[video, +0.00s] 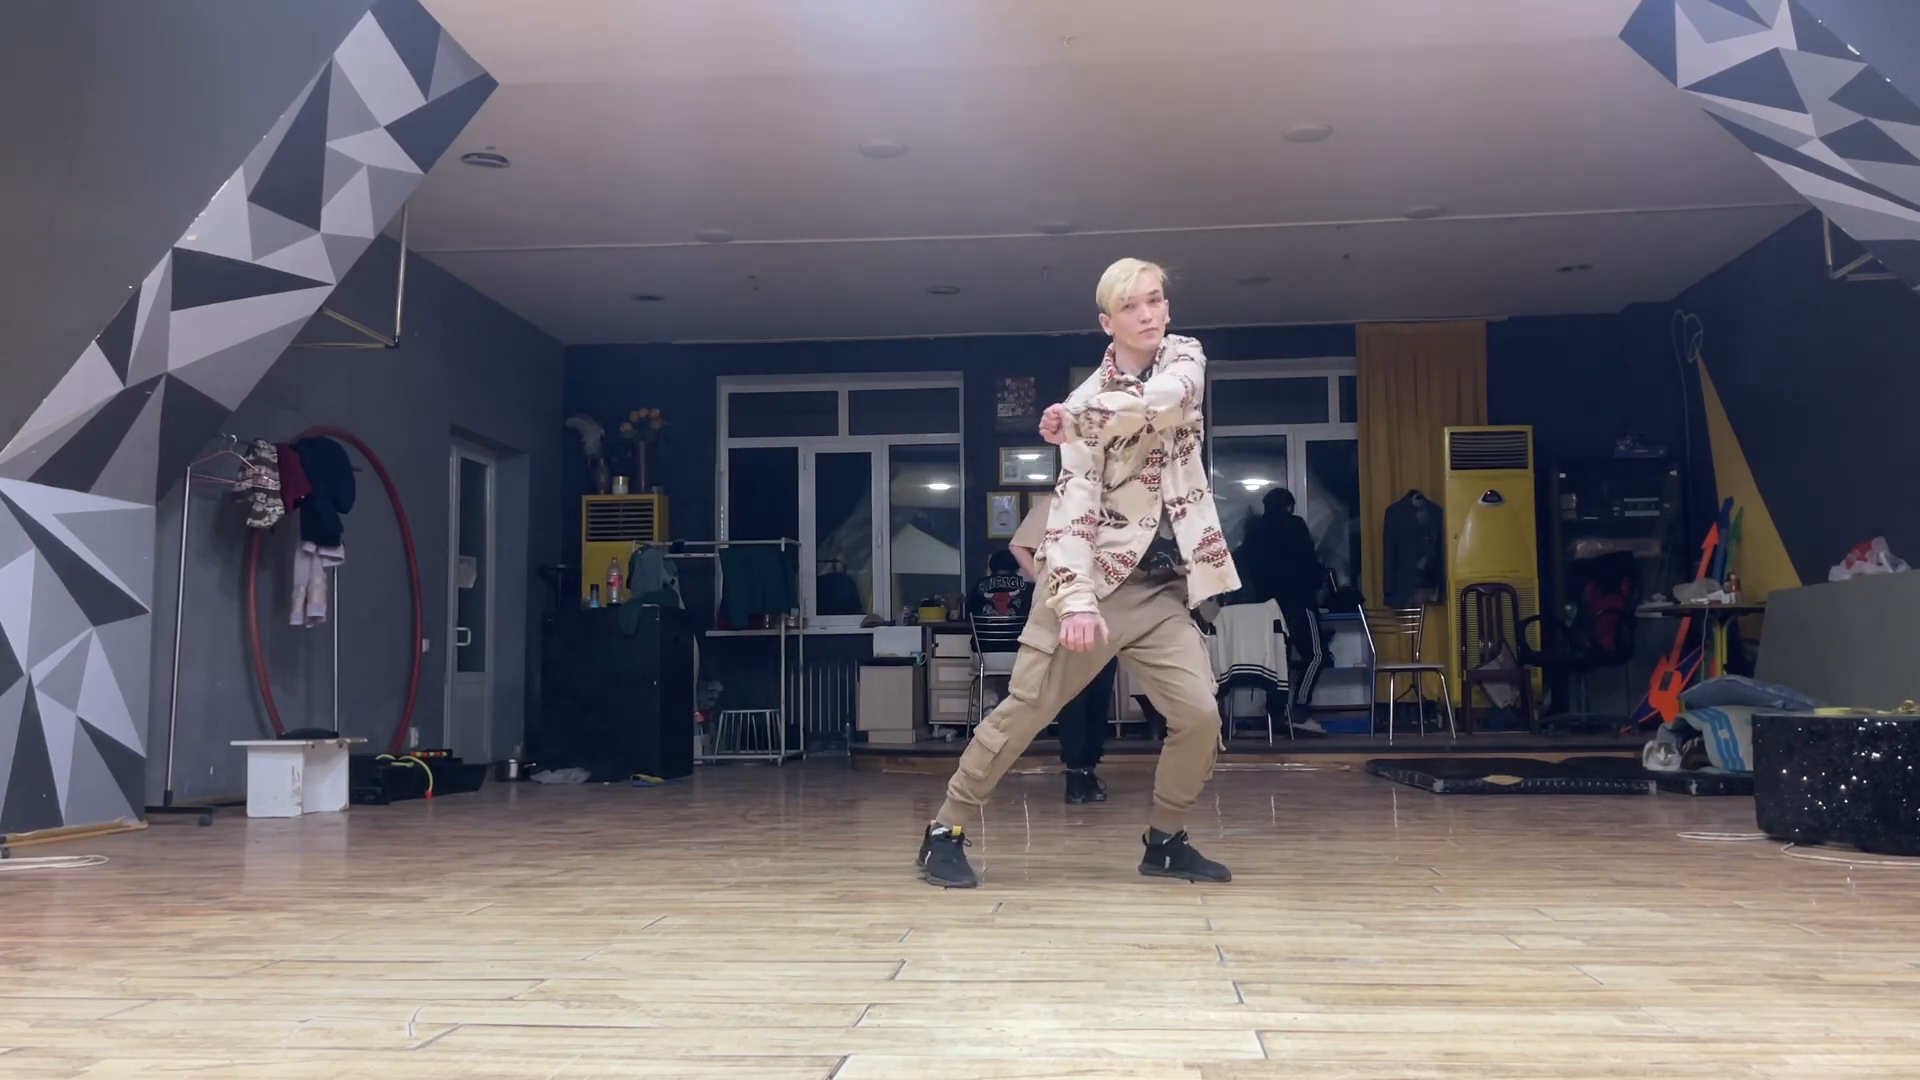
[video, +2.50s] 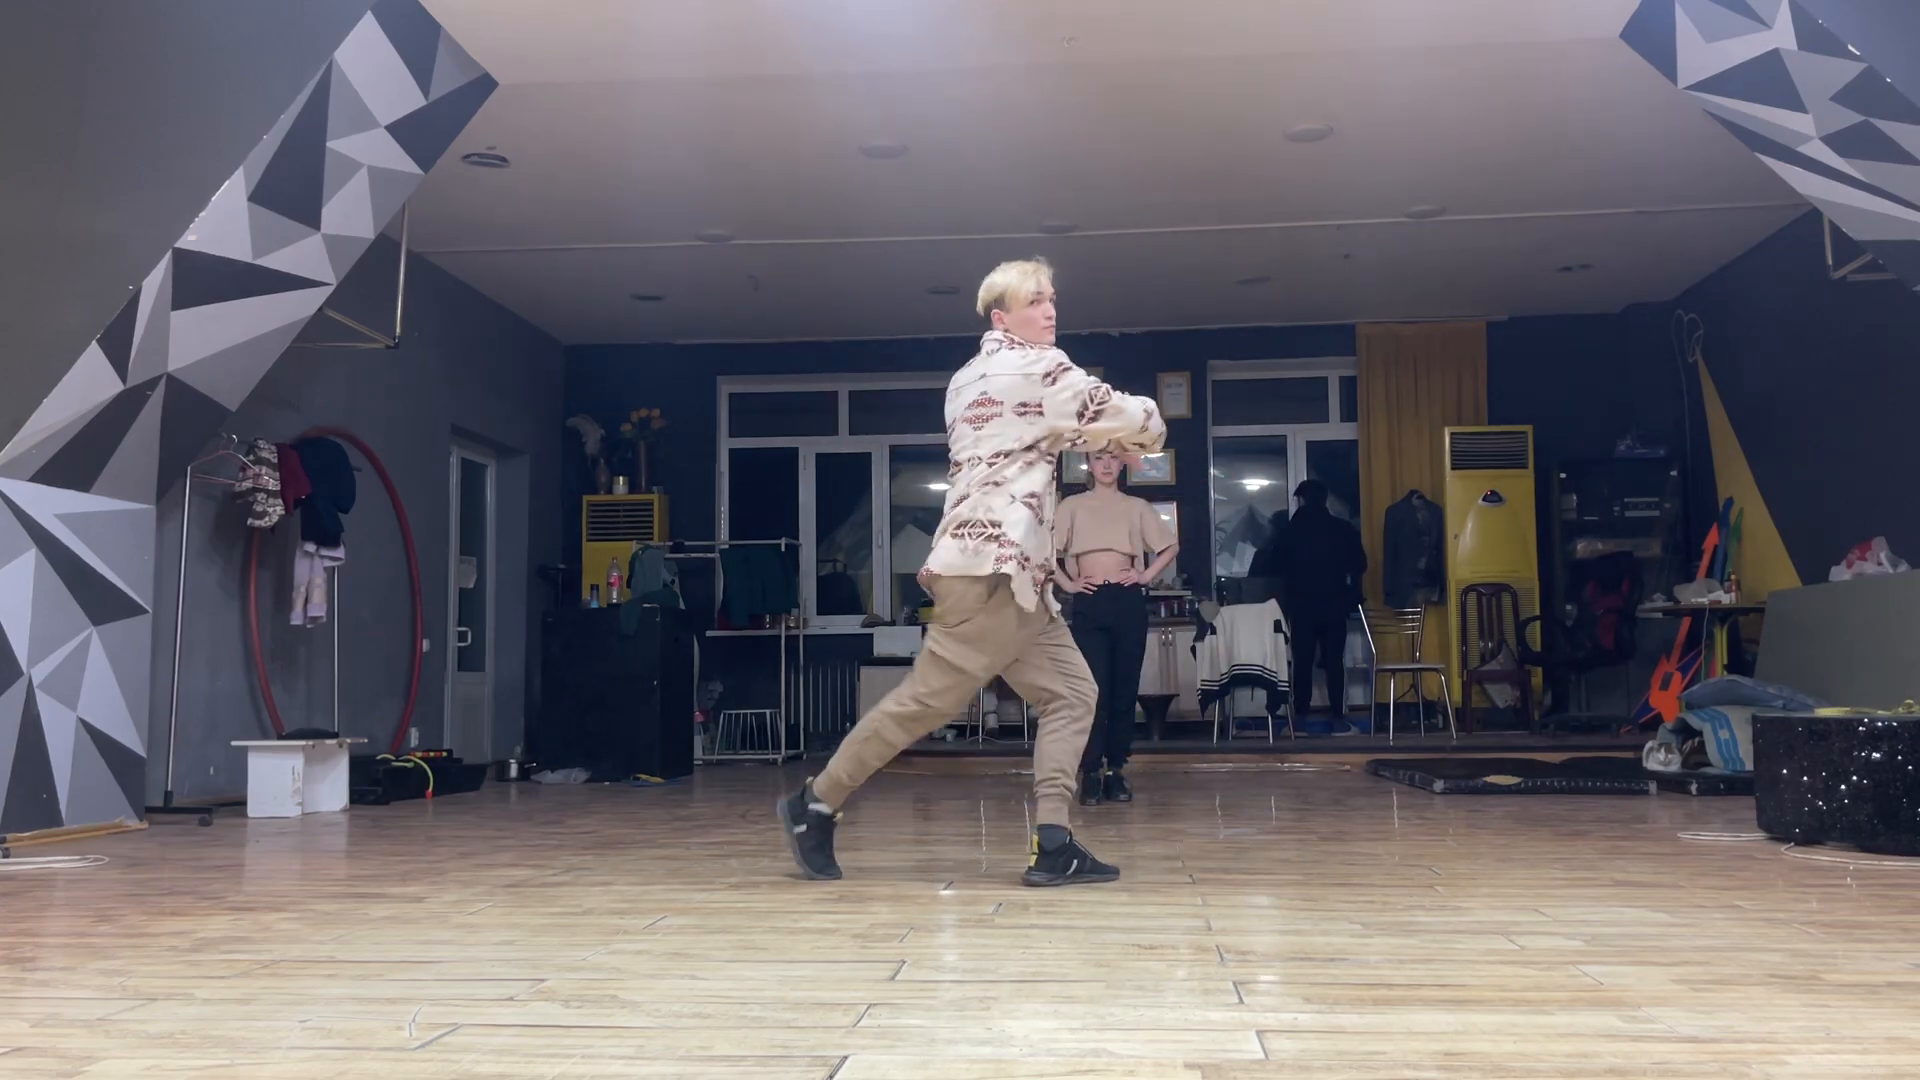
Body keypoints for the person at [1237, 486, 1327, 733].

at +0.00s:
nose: (1291, 510)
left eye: (1289, 507)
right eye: (1291, 507)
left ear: (1267, 506)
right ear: (1289, 506)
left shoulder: (1255, 528)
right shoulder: (1295, 524)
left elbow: (1247, 561)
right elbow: (1307, 562)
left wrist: (1260, 585)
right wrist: (1318, 580)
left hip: (1265, 600)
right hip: (1295, 598)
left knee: (1277, 655)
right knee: (1315, 655)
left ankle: (1274, 713)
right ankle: (1299, 711)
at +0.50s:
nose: (1307, 503)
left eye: (1299, 498)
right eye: (1310, 498)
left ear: (1291, 500)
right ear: (1316, 500)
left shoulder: (1277, 525)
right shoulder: (1331, 525)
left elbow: (1260, 561)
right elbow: (1346, 561)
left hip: (1289, 603)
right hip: (1325, 602)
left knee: (1289, 660)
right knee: (1331, 662)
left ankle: (1278, 718)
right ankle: (1336, 720)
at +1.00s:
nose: (1308, 505)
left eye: (1308, 501)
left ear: (1309, 502)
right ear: (1333, 501)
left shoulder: (1298, 530)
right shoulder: (1349, 528)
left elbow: (1286, 569)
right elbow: (1361, 561)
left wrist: (1289, 605)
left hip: (1307, 606)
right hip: (1341, 605)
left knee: (1303, 663)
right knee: (1338, 663)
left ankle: (1298, 718)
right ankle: (1339, 720)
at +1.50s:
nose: (1290, 506)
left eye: (1291, 502)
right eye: (1291, 503)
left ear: (1294, 502)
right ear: (1317, 500)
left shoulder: (1284, 529)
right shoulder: (1335, 525)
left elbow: (1267, 566)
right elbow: (1358, 553)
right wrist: (1356, 593)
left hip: (1300, 604)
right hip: (1333, 602)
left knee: (1301, 662)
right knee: (1334, 662)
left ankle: (1300, 719)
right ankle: (1337, 719)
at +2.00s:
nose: (1288, 506)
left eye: (1289, 502)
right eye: (1289, 502)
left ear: (1291, 502)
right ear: (1315, 501)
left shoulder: (1280, 529)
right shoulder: (1333, 526)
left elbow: (1264, 566)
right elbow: (1355, 556)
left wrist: (1278, 592)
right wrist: (1355, 593)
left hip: (1296, 603)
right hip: (1330, 601)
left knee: (1300, 661)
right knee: (1333, 661)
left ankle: (1300, 716)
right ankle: (1337, 718)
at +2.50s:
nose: (1298, 504)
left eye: (1298, 500)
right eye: (1298, 500)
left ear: (1301, 500)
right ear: (1325, 500)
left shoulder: (1289, 530)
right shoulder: (1342, 527)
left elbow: (1277, 569)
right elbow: (1359, 565)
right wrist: (1353, 595)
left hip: (1301, 605)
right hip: (1333, 603)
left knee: (1302, 663)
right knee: (1334, 661)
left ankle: (1300, 719)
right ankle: (1337, 719)